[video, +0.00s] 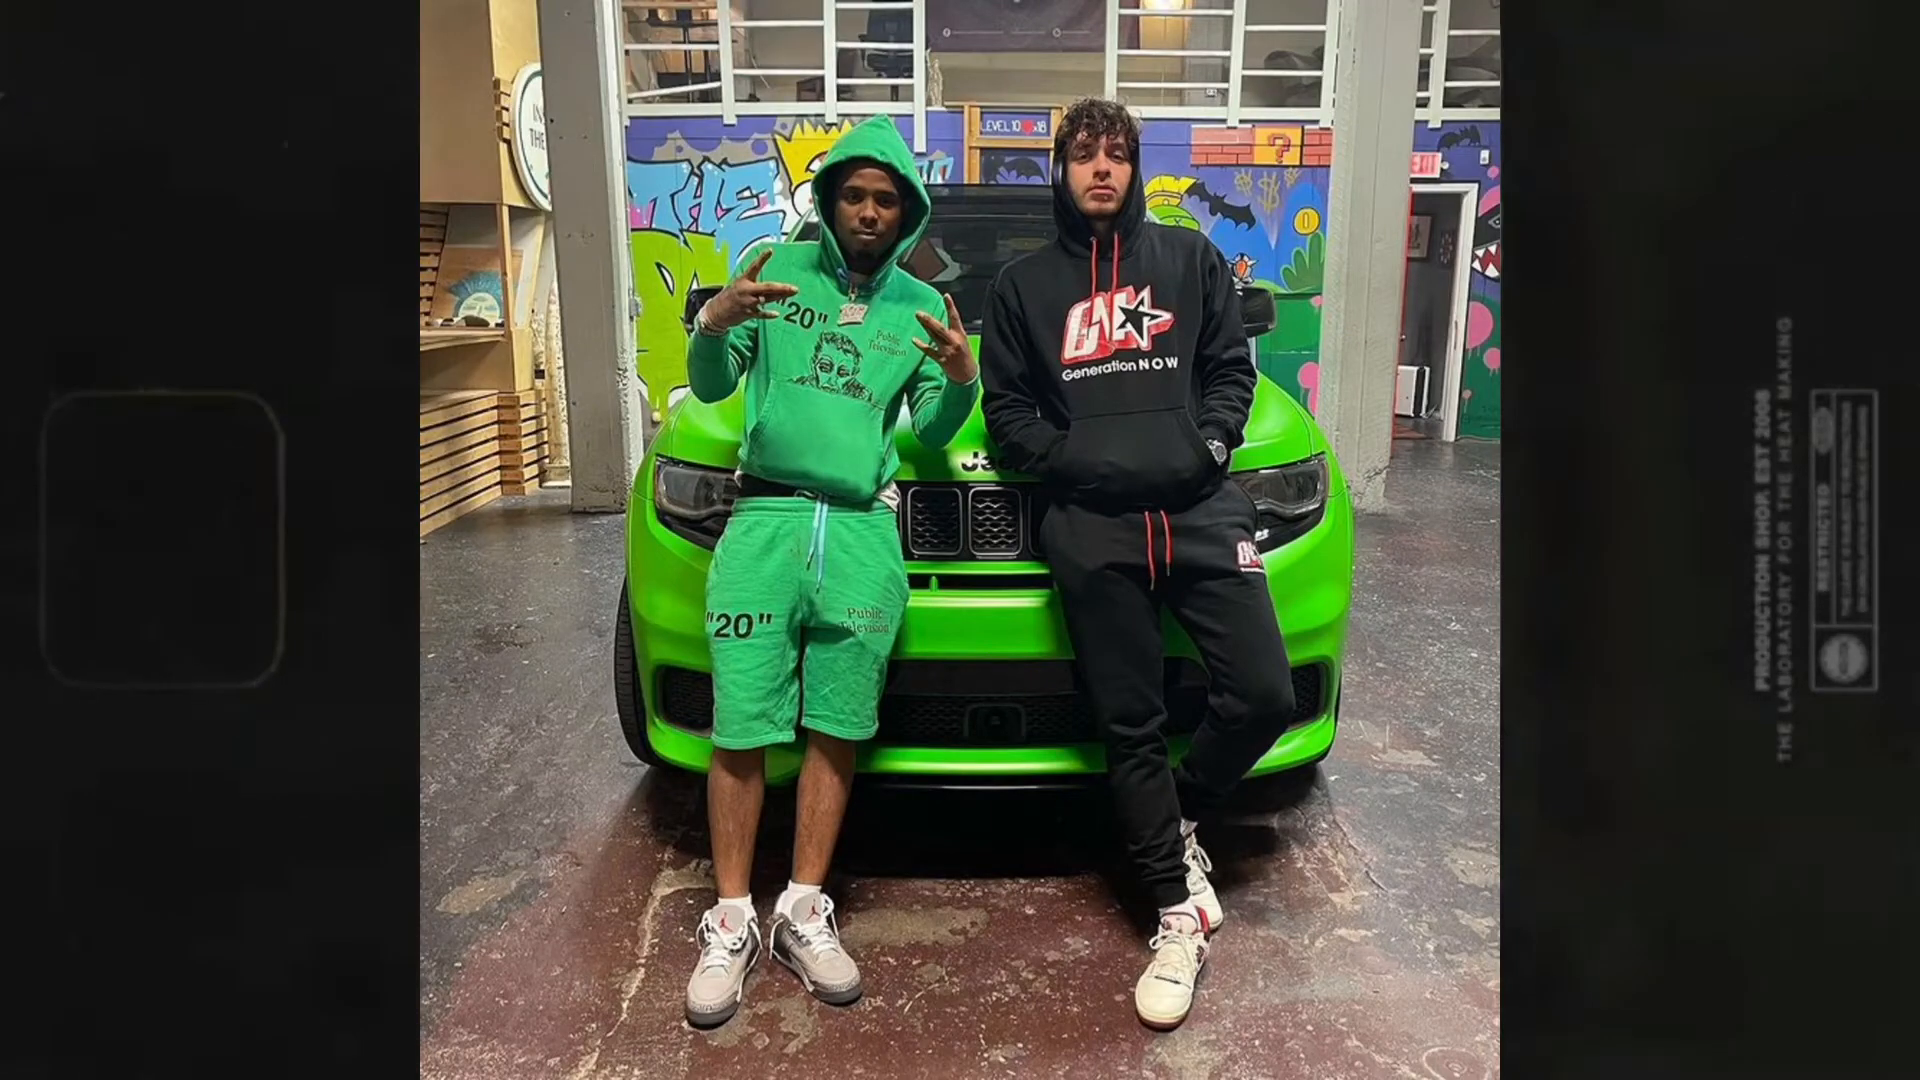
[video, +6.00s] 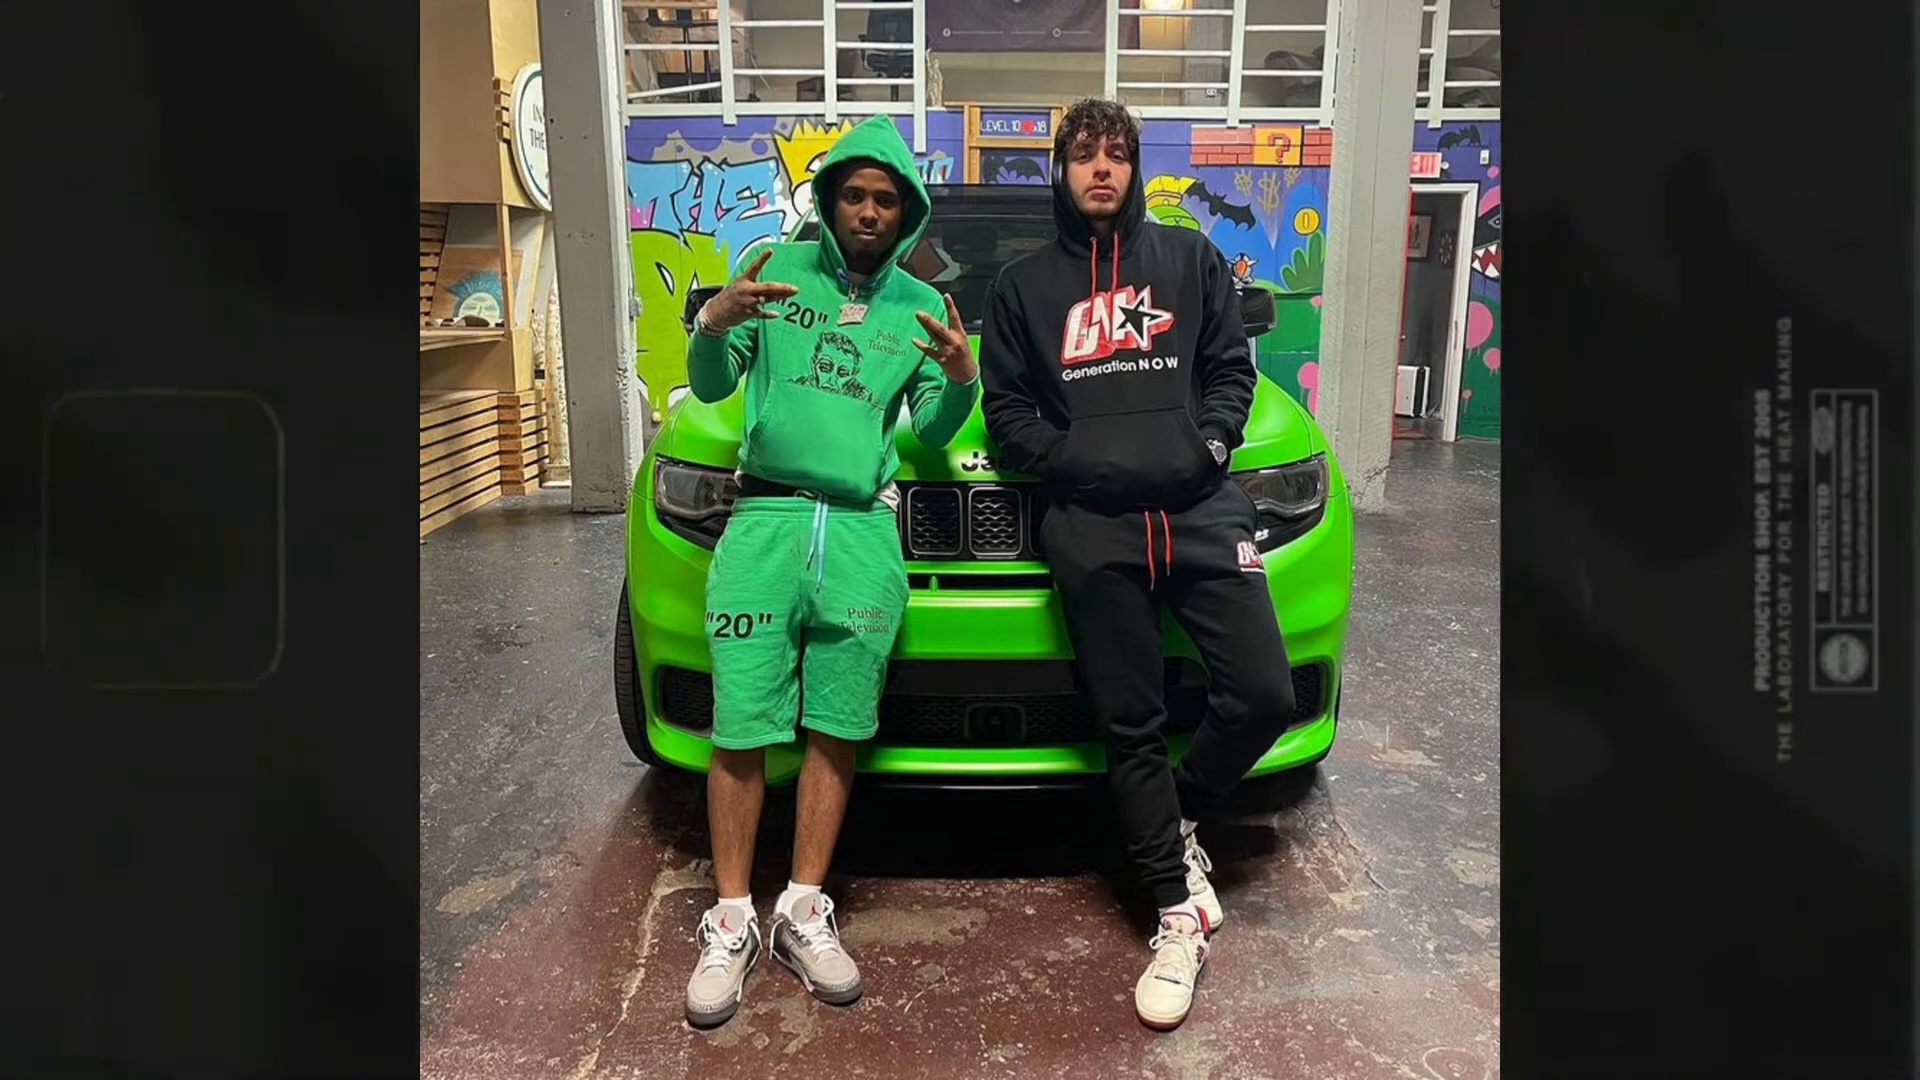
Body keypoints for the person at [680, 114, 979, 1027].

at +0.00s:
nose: (868, 212)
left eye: (884, 198)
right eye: (854, 196)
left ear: (907, 211)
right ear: (827, 202)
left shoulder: (923, 305)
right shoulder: (776, 268)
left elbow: (925, 440)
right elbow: (712, 384)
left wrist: (960, 381)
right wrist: (712, 322)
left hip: (860, 526)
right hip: (762, 517)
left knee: (839, 728)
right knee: (741, 728)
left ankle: (804, 908)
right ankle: (732, 919)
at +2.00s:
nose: (868, 212)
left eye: (885, 198)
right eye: (854, 196)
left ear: (906, 212)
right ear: (827, 203)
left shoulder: (924, 305)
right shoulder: (776, 267)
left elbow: (924, 439)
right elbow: (712, 384)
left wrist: (960, 380)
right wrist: (714, 321)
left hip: (861, 527)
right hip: (763, 517)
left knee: (838, 729)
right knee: (741, 729)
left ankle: (805, 909)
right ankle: (732, 920)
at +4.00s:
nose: (868, 212)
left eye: (885, 198)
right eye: (854, 196)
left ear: (907, 212)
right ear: (827, 202)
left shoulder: (923, 305)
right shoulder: (776, 268)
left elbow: (923, 439)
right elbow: (712, 384)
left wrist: (961, 380)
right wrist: (713, 321)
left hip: (861, 527)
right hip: (763, 517)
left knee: (838, 728)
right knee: (741, 728)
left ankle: (805, 908)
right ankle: (732, 919)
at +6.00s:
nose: (868, 212)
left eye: (885, 198)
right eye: (854, 196)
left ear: (907, 212)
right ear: (827, 202)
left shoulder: (923, 305)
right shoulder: (776, 268)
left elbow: (923, 439)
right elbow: (712, 384)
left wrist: (961, 380)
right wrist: (713, 321)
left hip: (861, 527)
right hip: (763, 517)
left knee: (838, 728)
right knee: (741, 728)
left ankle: (805, 908)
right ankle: (732, 919)